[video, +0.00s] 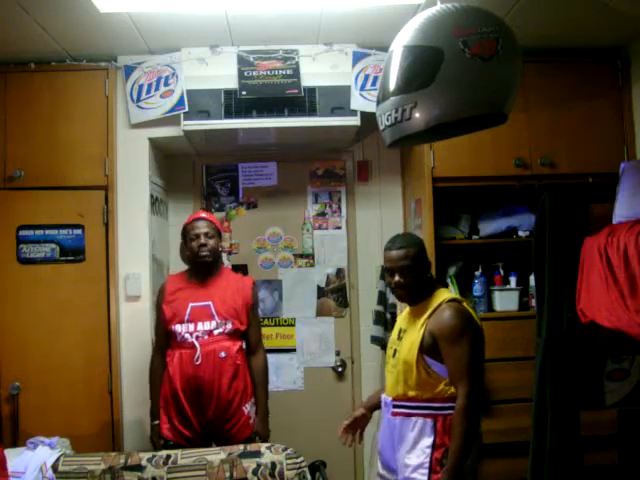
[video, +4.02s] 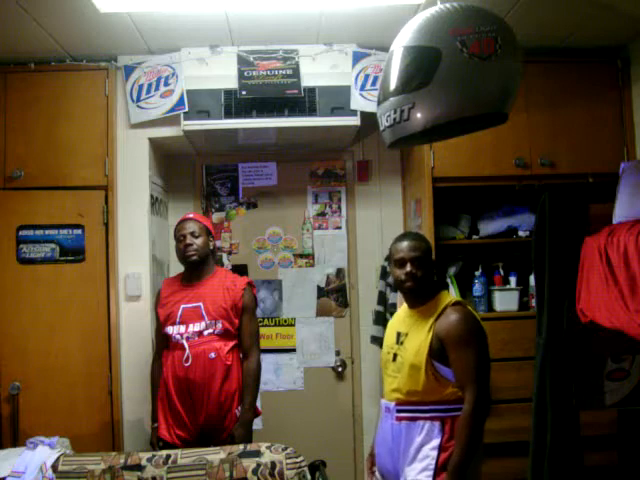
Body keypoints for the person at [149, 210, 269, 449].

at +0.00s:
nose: (202, 242)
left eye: (209, 236)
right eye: (194, 237)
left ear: (220, 243)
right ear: (184, 248)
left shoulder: (243, 287)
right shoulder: (169, 288)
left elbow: (256, 351)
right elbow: (160, 353)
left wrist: (262, 416)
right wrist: (156, 417)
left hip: (234, 415)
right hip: (180, 416)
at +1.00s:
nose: (187, 240)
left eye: (194, 234)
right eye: (180, 237)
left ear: (211, 241)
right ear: (176, 247)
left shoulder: (238, 287)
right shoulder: (167, 290)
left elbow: (251, 354)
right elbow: (161, 354)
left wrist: (246, 416)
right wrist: (157, 418)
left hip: (225, 416)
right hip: (176, 417)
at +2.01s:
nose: (186, 240)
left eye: (193, 234)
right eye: (179, 237)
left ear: (210, 241)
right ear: (176, 247)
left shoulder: (237, 287)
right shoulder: (166, 289)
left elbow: (251, 354)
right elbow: (159, 355)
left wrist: (245, 417)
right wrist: (157, 420)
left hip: (225, 416)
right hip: (176, 416)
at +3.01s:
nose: (187, 241)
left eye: (195, 234)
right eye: (180, 238)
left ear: (211, 242)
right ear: (176, 248)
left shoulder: (237, 288)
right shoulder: (167, 289)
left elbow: (251, 355)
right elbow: (160, 355)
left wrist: (245, 417)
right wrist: (157, 419)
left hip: (225, 416)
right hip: (176, 416)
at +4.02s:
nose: (187, 241)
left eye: (195, 235)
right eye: (180, 238)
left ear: (211, 242)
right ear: (176, 248)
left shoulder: (237, 288)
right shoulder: (167, 290)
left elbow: (251, 355)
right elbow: (160, 355)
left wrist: (246, 417)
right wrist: (157, 419)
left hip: (225, 416)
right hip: (176, 416)